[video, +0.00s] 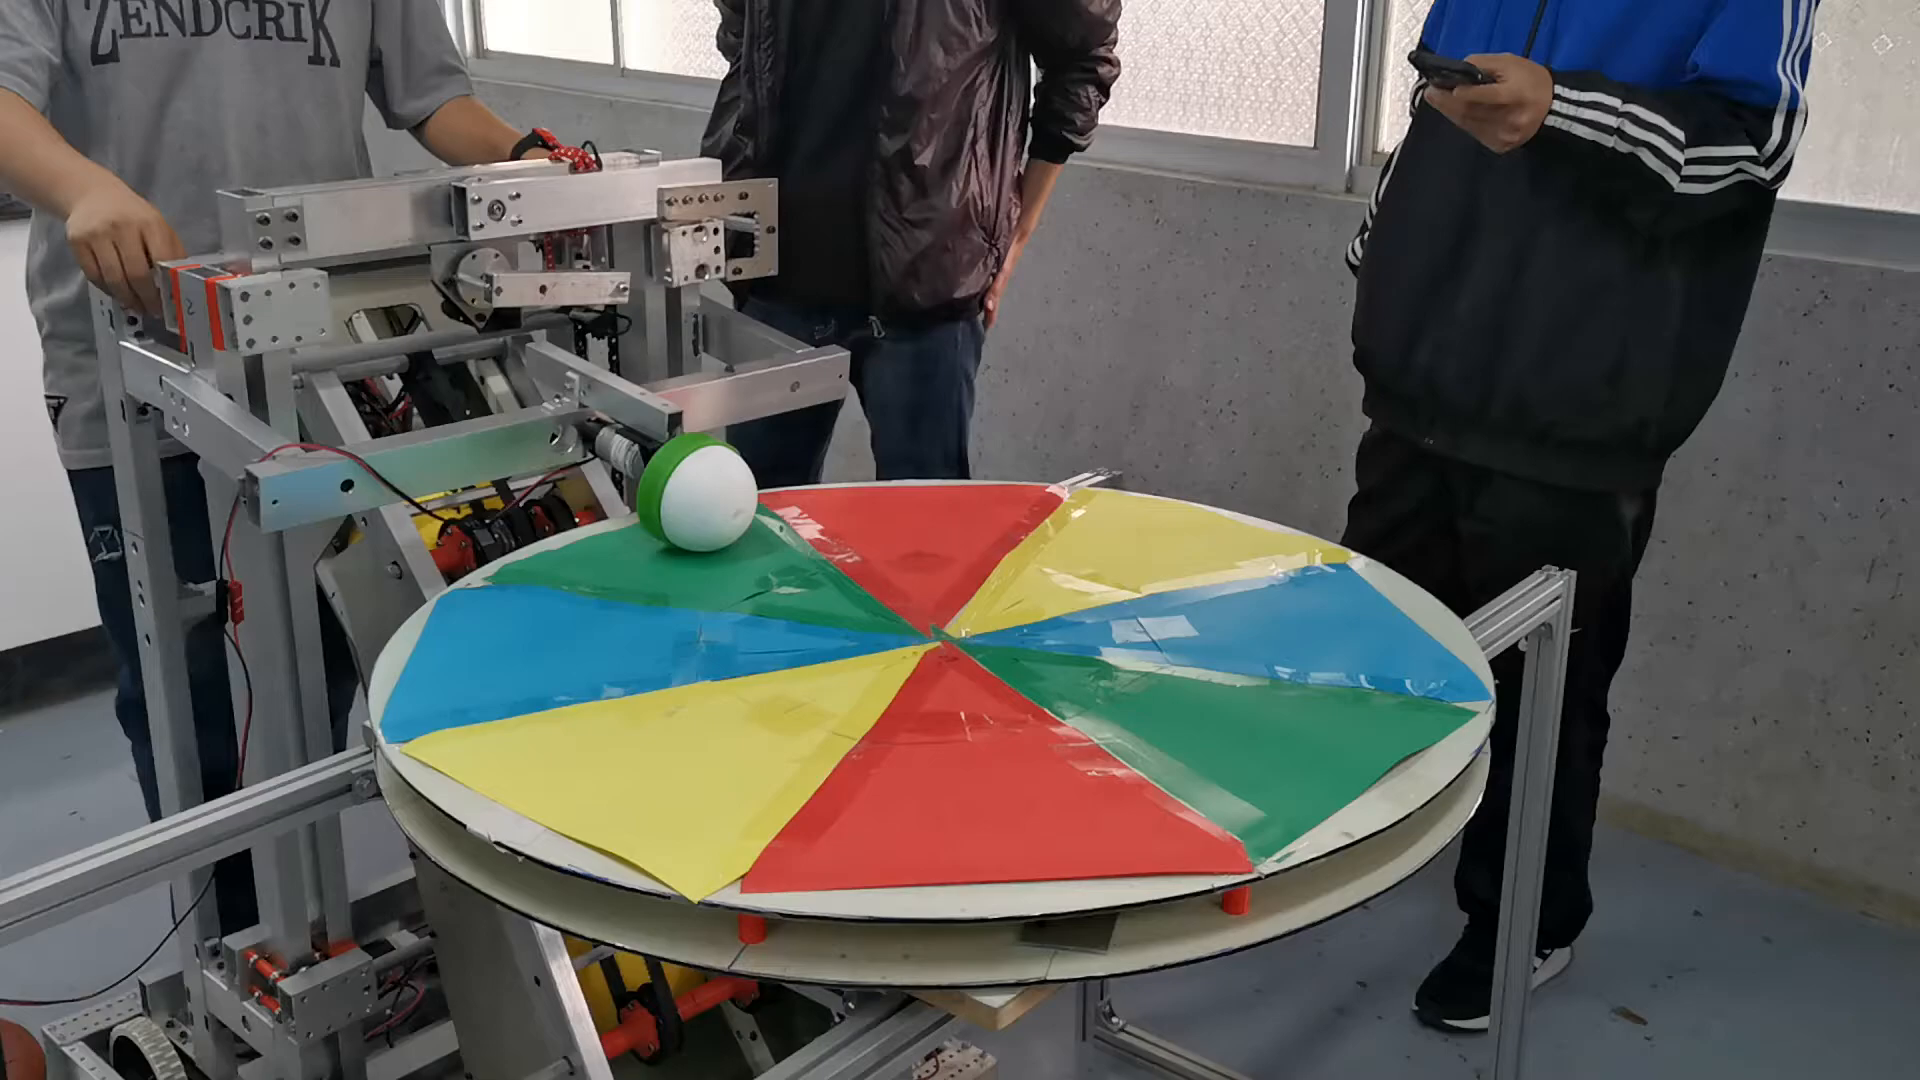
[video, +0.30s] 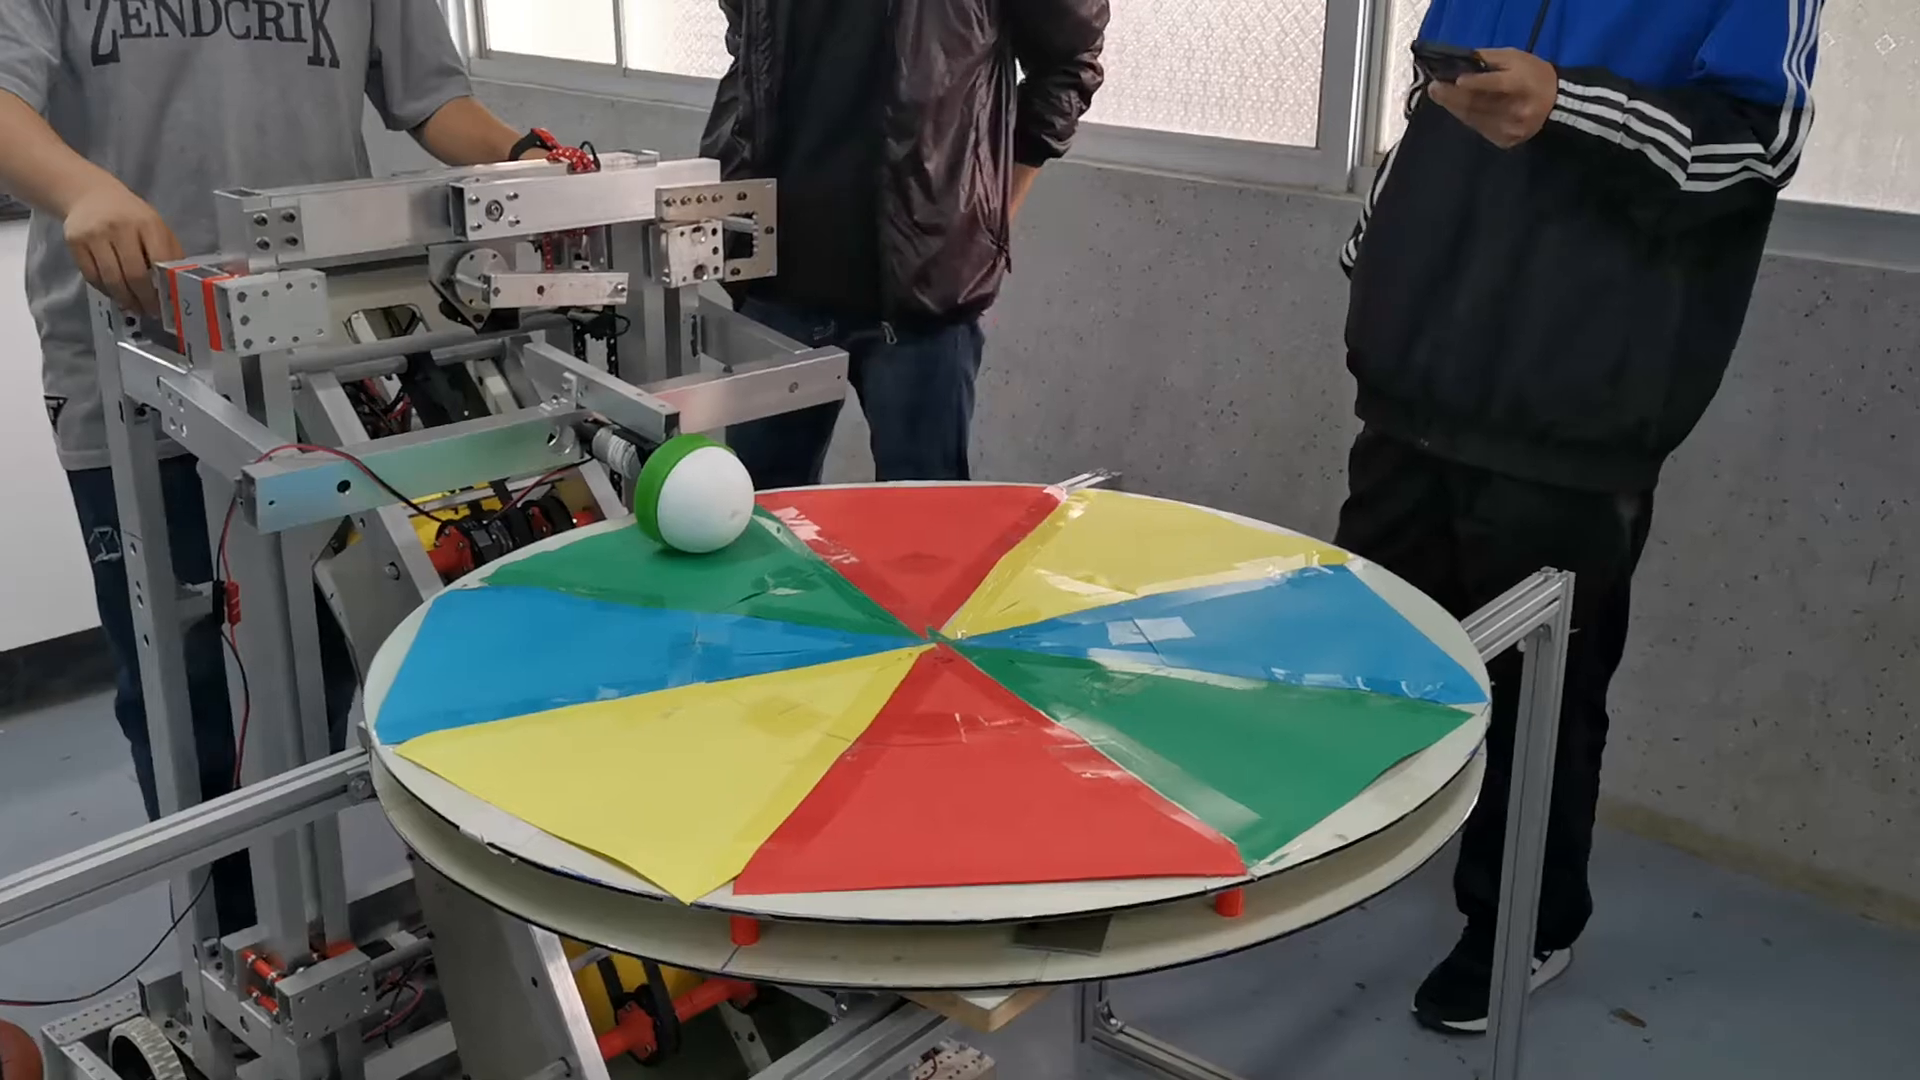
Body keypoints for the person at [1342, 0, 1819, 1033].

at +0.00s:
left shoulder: (1751, 4)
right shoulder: (1484, 5)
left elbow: (1751, 140)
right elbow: (1440, 103)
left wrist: (1555, 108)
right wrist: (1379, 257)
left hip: (1590, 381)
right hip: (1432, 343)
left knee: (1541, 677)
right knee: (1383, 635)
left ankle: (1522, 919)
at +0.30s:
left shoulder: (1754, 4)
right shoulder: (1484, 3)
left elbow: (1757, 143)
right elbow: (1441, 91)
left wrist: (1560, 106)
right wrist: (1382, 244)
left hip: (1587, 383)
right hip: (1426, 342)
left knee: (1539, 680)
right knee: (1371, 636)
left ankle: (1521, 921)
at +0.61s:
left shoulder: (1750, 5)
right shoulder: (1481, 3)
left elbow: (1750, 144)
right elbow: (1434, 93)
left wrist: (1557, 102)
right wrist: (1374, 250)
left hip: (1587, 379)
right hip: (1424, 339)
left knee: (1538, 678)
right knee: (1366, 635)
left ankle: (1520, 924)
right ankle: (1290, 859)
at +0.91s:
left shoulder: (1759, 4)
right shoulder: (1492, 6)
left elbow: (1759, 145)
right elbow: (1444, 114)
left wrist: (1557, 106)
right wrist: (1380, 257)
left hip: (1596, 386)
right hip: (1434, 348)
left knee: (1543, 681)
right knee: (1373, 638)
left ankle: (1519, 926)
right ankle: (1298, 859)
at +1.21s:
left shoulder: (1770, 5)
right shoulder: (1500, 5)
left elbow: (1768, 139)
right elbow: (1451, 105)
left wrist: (1568, 97)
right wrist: (1386, 256)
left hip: (1605, 378)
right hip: (1441, 340)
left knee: (1547, 676)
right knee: (1379, 632)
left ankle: (1520, 917)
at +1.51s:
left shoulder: (1784, 7)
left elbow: (1786, 131)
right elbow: (1463, 66)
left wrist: (1586, 85)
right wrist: (1395, 241)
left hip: (1618, 371)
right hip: (1453, 331)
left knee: (1558, 671)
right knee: (1385, 625)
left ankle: (1530, 912)